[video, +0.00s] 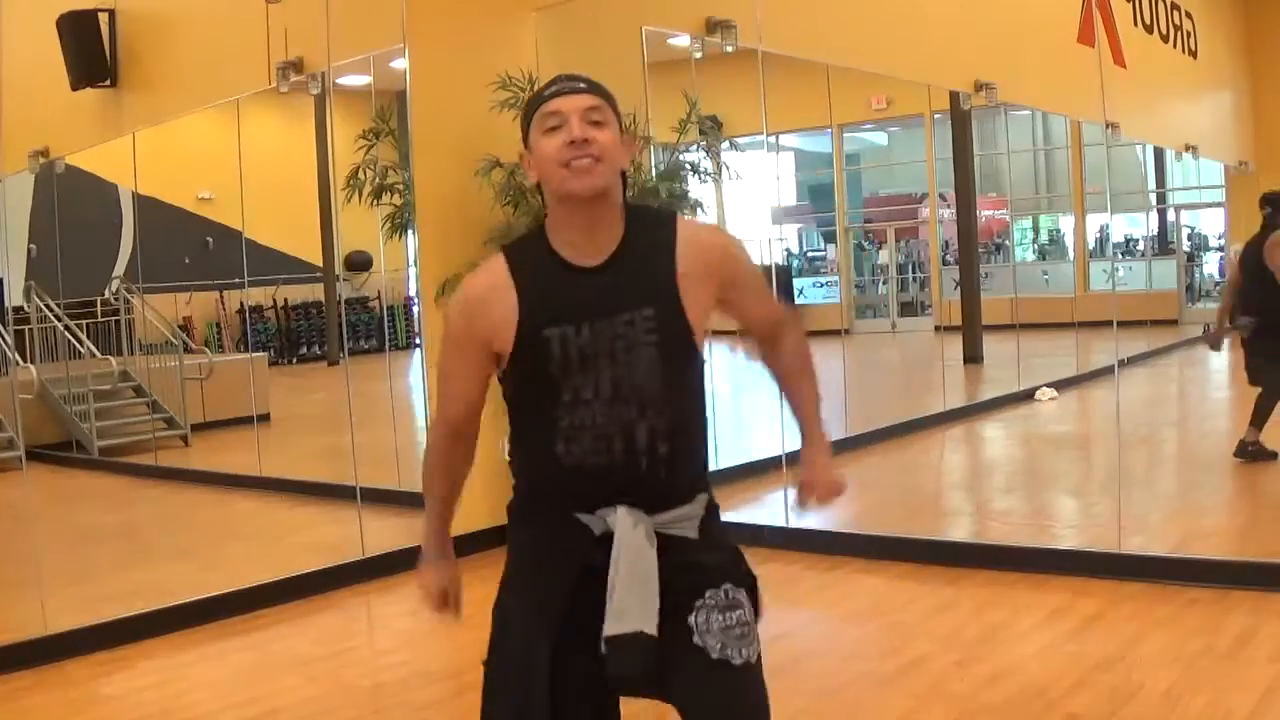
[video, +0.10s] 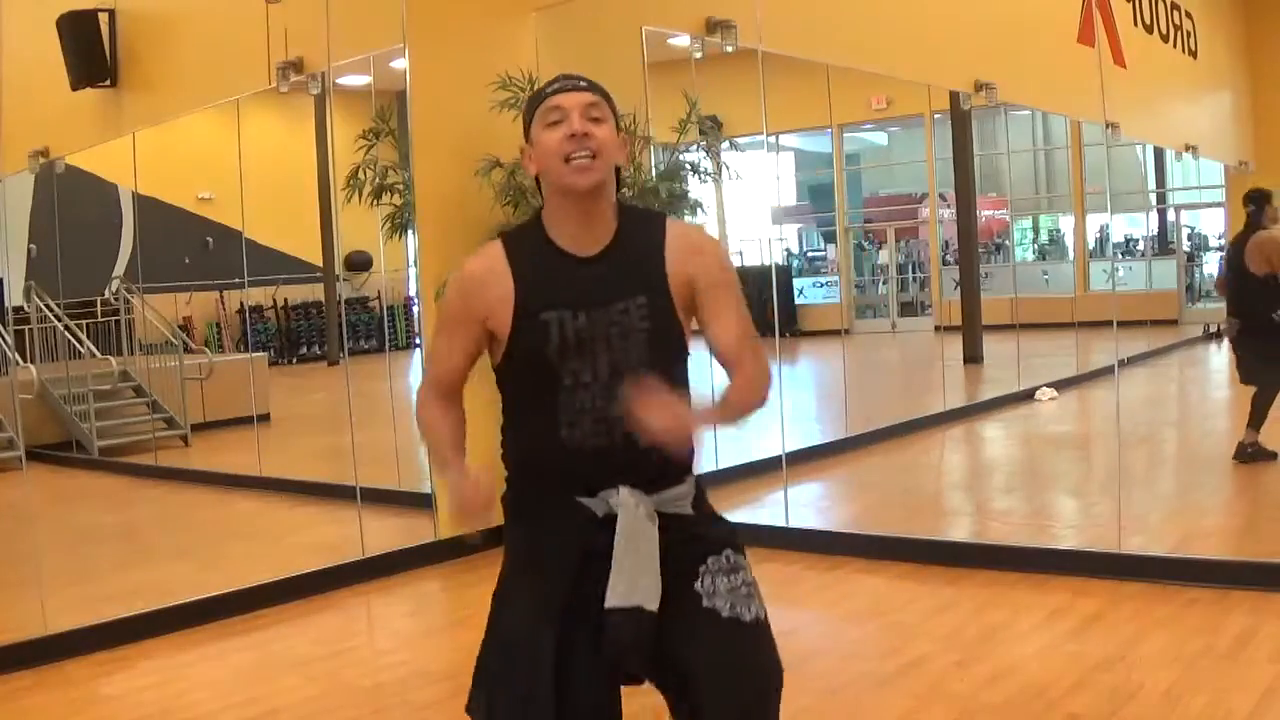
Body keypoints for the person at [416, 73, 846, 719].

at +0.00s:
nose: (578, 134)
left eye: (596, 121)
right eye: (554, 127)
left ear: (628, 151)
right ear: (530, 164)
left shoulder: (702, 253)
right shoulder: (488, 294)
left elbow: (778, 332)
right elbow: (452, 429)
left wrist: (815, 444)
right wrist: (436, 543)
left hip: (686, 550)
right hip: (556, 560)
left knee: (737, 708)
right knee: (535, 708)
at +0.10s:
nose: (579, 130)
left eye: (594, 118)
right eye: (556, 122)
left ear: (621, 147)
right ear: (531, 158)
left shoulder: (686, 249)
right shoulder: (488, 275)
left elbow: (753, 373)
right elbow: (439, 390)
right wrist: (455, 468)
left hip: (676, 524)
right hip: (553, 536)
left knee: (746, 693)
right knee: (532, 704)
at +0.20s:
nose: (587, 87)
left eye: (604, 79)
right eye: (566, 82)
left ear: (628, 113)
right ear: (542, 121)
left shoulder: (680, 206)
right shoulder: (508, 222)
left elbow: (683, 299)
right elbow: (459, 328)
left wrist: (579, 220)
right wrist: (448, 302)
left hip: (659, 470)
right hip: (549, 478)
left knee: (731, 614)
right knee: (555, 685)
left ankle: (695, 712)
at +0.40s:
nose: (599, 88)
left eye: (616, 80)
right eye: (581, 80)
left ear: (640, 111)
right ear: (560, 116)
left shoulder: (684, 195)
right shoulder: (523, 212)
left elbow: (662, 265)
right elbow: (477, 308)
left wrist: (535, 244)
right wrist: (481, 359)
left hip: (655, 451)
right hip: (550, 450)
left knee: (645, 647)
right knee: (524, 642)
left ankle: (637, 715)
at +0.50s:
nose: (599, 130)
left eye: (615, 122)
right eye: (582, 124)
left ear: (640, 150)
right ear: (561, 157)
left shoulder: (687, 247)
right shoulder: (523, 261)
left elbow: (675, 378)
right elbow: (488, 373)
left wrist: (607, 467)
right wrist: (500, 457)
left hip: (659, 488)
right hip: (560, 482)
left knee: (646, 681)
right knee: (494, 663)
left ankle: (639, 717)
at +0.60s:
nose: (595, 143)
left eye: (610, 136)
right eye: (579, 138)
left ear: (635, 161)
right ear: (559, 171)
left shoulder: (684, 261)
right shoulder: (521, 272)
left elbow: (729, 388)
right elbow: (515, 393)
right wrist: (531, 501)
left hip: (663, 488)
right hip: (567, 485)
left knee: (643, 671)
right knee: (510, 630)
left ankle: (636, 719)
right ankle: (477, 711)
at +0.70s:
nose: (602, 133)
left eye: (616, 126)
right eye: (585, 127)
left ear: (638, 154)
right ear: (564, 159)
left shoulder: (691, 248)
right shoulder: (528, 256)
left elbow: (762, 315)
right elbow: (515, 375)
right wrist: (563, 461)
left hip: (659, 470)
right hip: (567, 462)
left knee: (643, 632)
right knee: (544, 595)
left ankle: (635, 714)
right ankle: (538, 684)